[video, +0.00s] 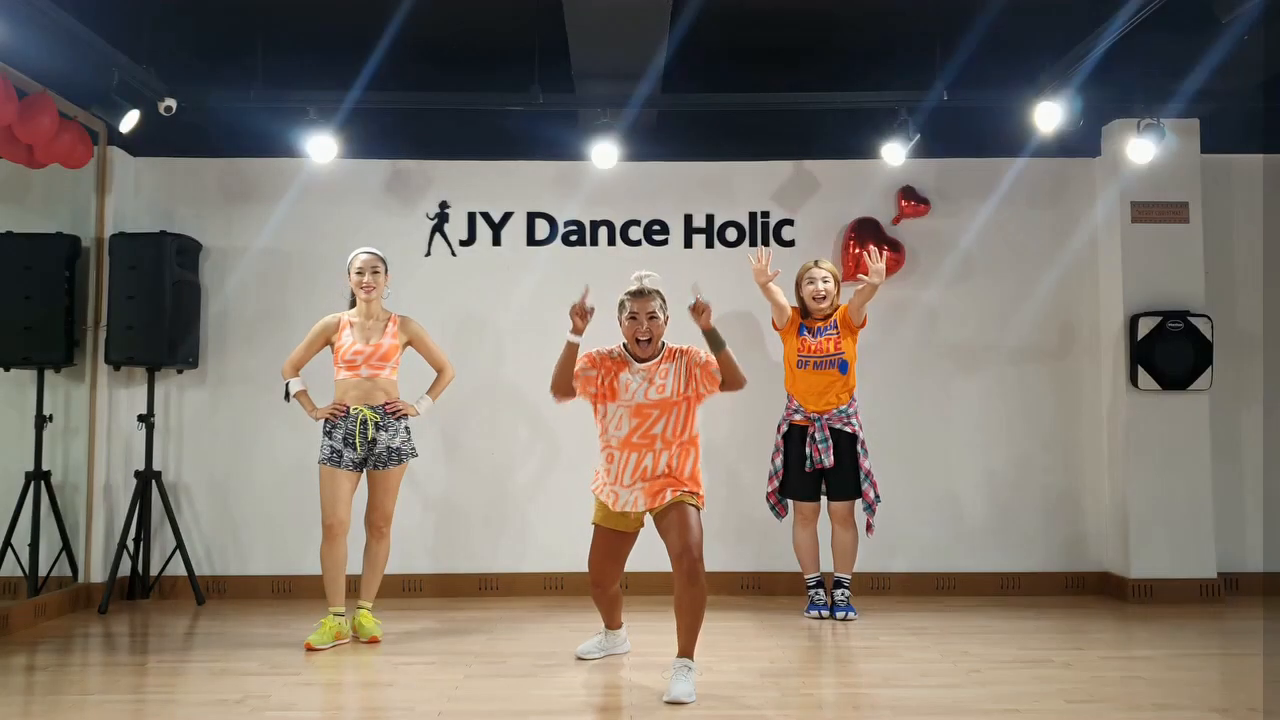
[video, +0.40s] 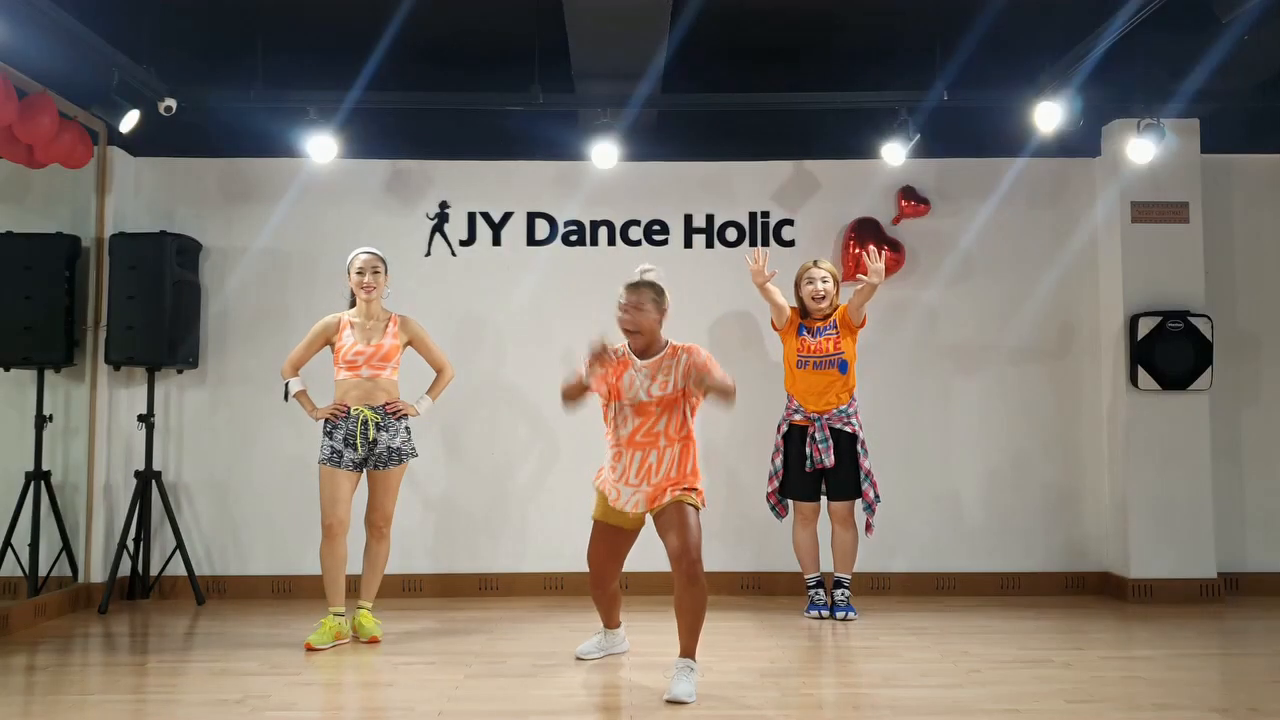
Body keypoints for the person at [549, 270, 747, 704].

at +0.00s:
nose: (643, 327)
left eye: (652, 318)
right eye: (634, 318)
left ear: (665, 322)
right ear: (621, 322)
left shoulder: (685, 359)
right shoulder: (603, 363)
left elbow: (735, 381)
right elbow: (561, 391)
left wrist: (709, 329)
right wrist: (576, 335)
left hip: (673, 478)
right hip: (618, 481)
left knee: (689, 556)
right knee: (601, 576)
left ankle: (685, 664)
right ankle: (614, 635)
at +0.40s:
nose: (626, 314)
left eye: (637, 307)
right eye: (623, 306)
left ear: (661, 315)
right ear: (618, 311)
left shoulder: (687, 357)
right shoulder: (609, 361)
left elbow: (730, 394)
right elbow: (569, 399)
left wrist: (706, 382)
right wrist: (588, 371)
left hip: (673, 477)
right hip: (621, 478)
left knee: (687, 557)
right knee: (600, 567)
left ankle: (686, 664)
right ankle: (612, 634)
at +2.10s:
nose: (688, 295)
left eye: (686, 289)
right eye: (685, 290)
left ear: (650, 296)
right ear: (679, 293)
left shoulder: (635, 333)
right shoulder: (691, 328)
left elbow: (682, 337)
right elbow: (744, 332)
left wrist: (713, 310)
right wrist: (732, 293)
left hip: (625, 441)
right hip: (658, 443)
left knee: (654, 526)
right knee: (671, 535)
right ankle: (656, 627)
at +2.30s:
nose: (692, 274)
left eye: (696, 267)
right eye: (681, 269)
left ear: (704, 275)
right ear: (665, 281)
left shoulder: (698, 320)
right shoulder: (670, 316)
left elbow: (731, 351)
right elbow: (735, 340)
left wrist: (741, 324)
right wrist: (741, 319)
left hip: (697, 441)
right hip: (662, 440)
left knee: (724, 520)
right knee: (676, 533)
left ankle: (732, 611)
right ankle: (655, 619)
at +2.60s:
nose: (721, 293)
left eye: (728, 286)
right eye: (711, 287)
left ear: (738, 294)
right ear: (697, 296)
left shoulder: (753, 349)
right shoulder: (679, 345)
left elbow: (767, 410)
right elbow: (667, 406)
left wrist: (769, 458)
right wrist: (693, 445)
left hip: (738, 465)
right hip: (685, 464)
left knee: (752, 547)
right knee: (688, 557)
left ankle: (755, 643)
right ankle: (678, 602)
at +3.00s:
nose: (701, 269)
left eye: (710, 260)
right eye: (692, 261)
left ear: (723, 268)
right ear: (679, 269)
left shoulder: (746, 323)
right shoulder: (662, 321)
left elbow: (786, 383)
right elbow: (621, 368)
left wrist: (750, 416)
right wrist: (618, 421)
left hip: (733, 440)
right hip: (677, 434)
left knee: (748, 541)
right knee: (647, 523)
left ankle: (766, 635)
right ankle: (643, 621)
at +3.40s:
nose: (638, 288)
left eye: (648, 280)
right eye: (628, 280)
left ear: (662, 289)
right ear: (616, 291)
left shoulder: (684, 350)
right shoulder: (594, 349)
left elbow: (689, 419)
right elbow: (578, 420)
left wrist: (662, 439)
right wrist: (608, 444)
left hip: (663, 466)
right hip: (604, 466)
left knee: (692, 551)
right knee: (594, 556)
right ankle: (587, 669)